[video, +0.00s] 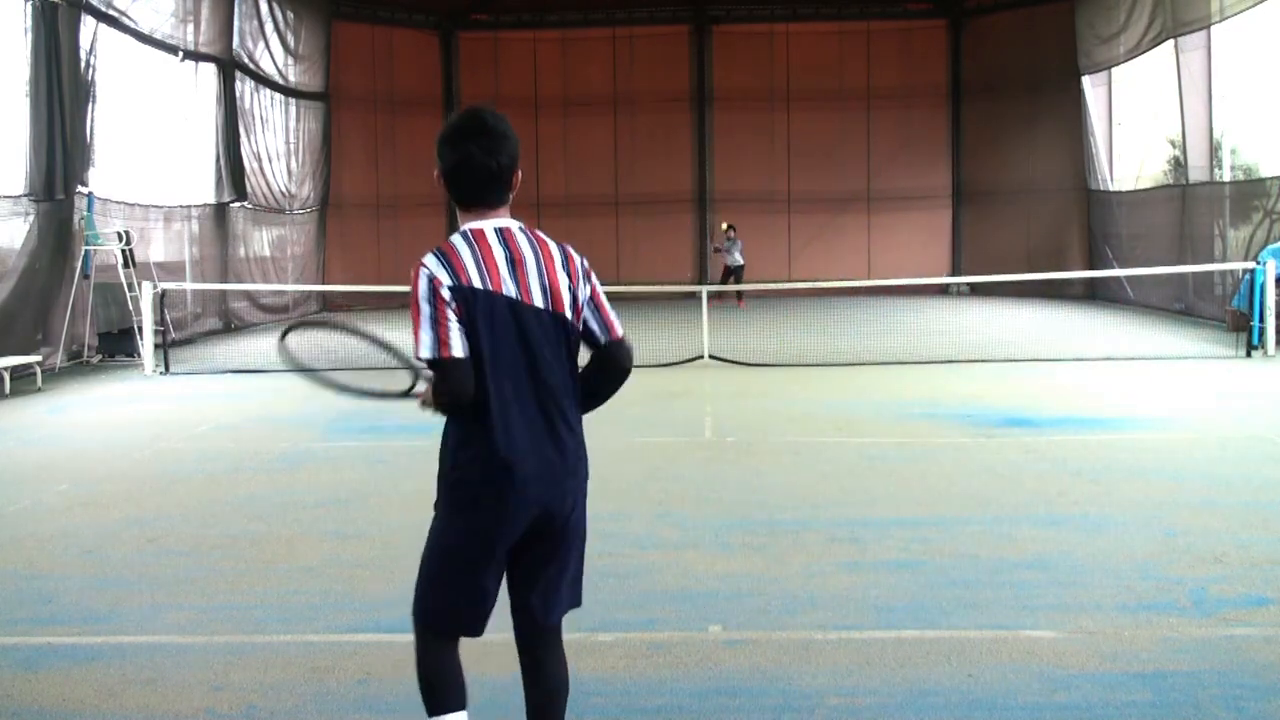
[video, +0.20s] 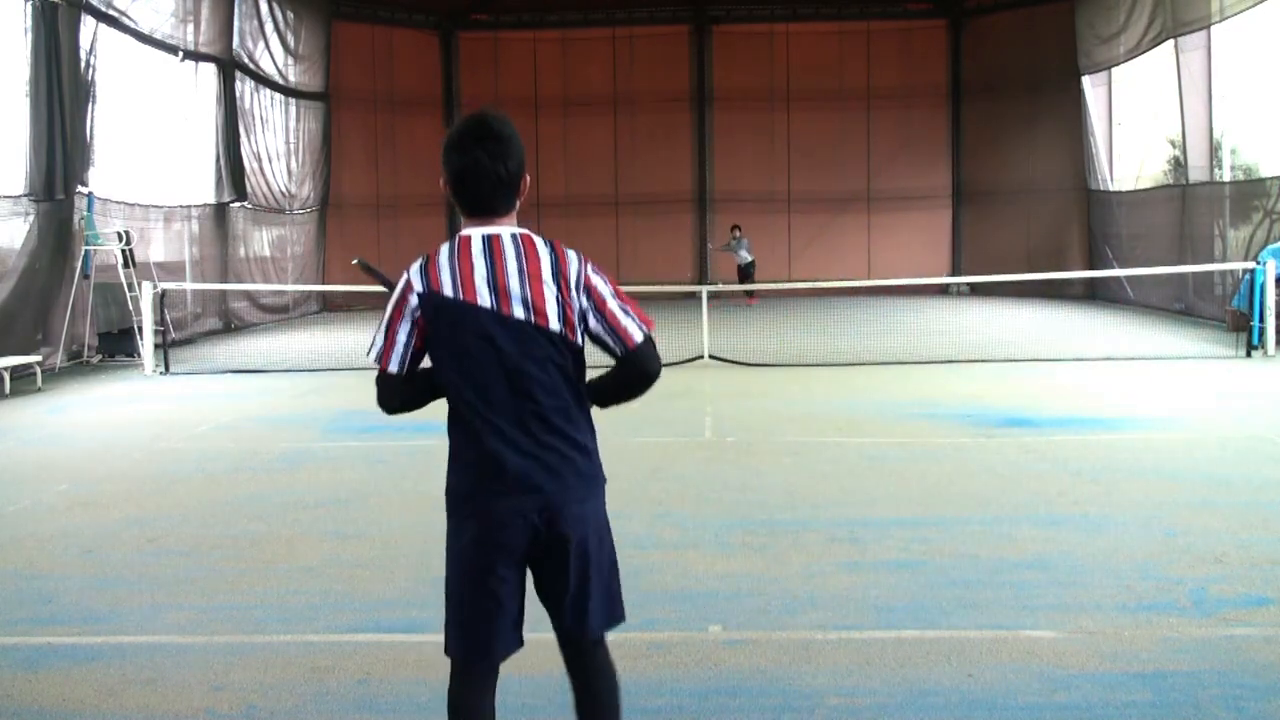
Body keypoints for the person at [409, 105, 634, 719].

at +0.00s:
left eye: (441, 171)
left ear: (443, 183)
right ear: (517, 178)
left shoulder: (440, 268)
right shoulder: (563, 259)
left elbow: (457, 387)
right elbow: (617, 356)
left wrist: (436, 395)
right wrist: (566, 404)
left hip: (485, 485)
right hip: (560, 479)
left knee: (436, 625)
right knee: (542, 628)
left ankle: (452, 719)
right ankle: (549, 719)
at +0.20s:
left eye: (445, 176)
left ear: (447, 188)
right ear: (525, 186)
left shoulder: (425, 276)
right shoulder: (568, 267)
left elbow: (392, 395)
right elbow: (644, 364)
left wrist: (459, 370)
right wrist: (582, 396)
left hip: (483, 500)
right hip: (570, 492)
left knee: (475, 663)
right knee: (587, 647)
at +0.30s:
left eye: (466, 180)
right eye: (546, 175)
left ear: (468, 191)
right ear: (544, 187)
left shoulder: (441, 276)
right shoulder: (581, 272)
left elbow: (405, 390)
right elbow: (651, 380)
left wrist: (464, 359)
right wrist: (581, 405)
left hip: (489, 505)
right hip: (578, 501)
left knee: (480, 668)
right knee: (619, 653)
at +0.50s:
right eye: (604, 159)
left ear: (527, 173)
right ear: (605, 170)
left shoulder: (498, 262)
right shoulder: (644, 260)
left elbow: (490, 383)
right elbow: (702, 375)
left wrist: (554, 379)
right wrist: (636, 411)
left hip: (540, 495)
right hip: (629, 493)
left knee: (503, 667)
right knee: (669, 660)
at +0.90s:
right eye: (637, 156)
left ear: (556, 170)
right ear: (634, 168)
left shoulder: (525, 264)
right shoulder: (674, 256)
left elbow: (517, 390)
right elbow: (733, 373)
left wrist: (582, 382)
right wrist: (683, 429)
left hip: (567, 501)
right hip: (660, 498)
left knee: (524, 667)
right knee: (707, 666)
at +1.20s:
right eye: (600, 172)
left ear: (527, 195)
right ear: (604, 184)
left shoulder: (519, 286)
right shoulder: (669, 267)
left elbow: (539, 425)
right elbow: (718, 383)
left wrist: (606, 440)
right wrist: (667, 435)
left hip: (593, 514)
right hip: (685, 507)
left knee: (537, 686)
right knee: (669, 677)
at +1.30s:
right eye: (601, 200)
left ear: (521, 221)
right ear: (601, 211)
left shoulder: (525, 316)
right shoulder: (667, 289)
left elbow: (549, 451)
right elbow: (716, 410)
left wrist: (610, 485)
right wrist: (663, 459)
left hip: (609, 545)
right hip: (693, 537)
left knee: (542, 704)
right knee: (641, 697)